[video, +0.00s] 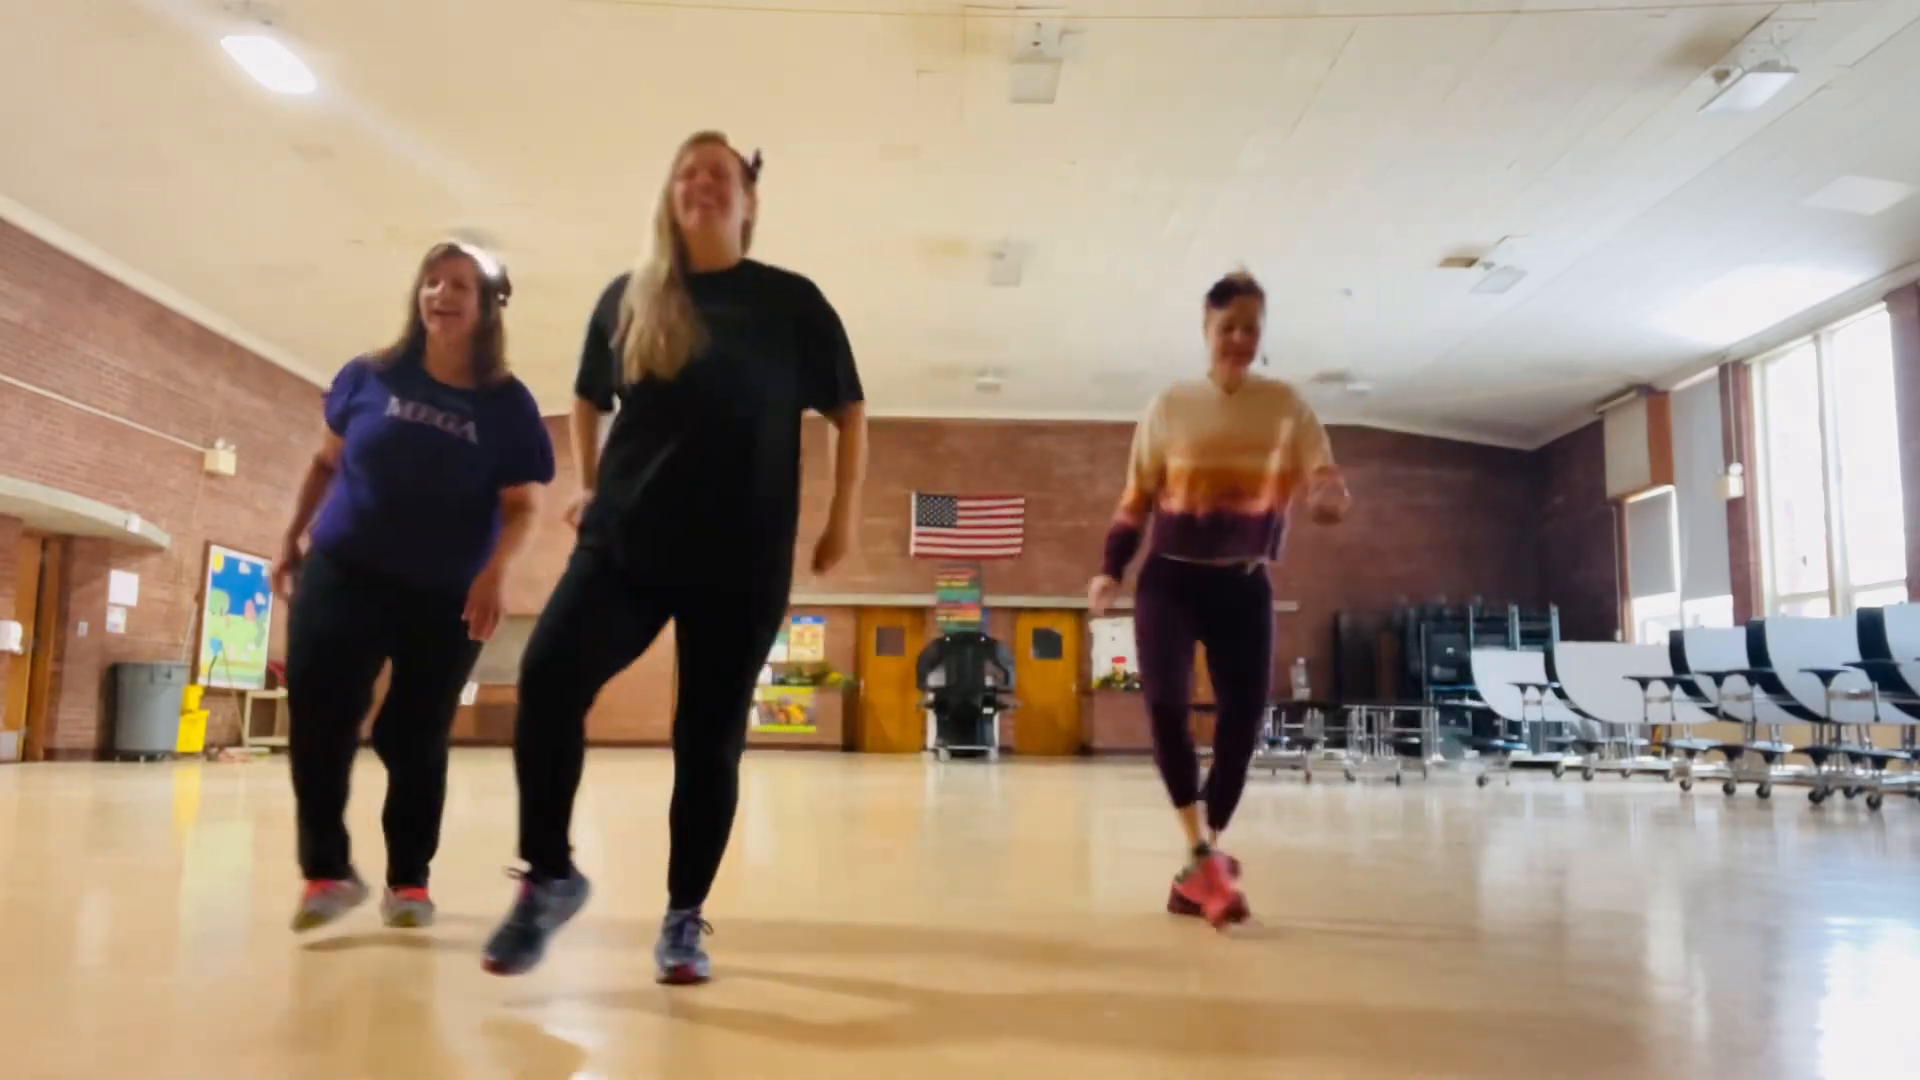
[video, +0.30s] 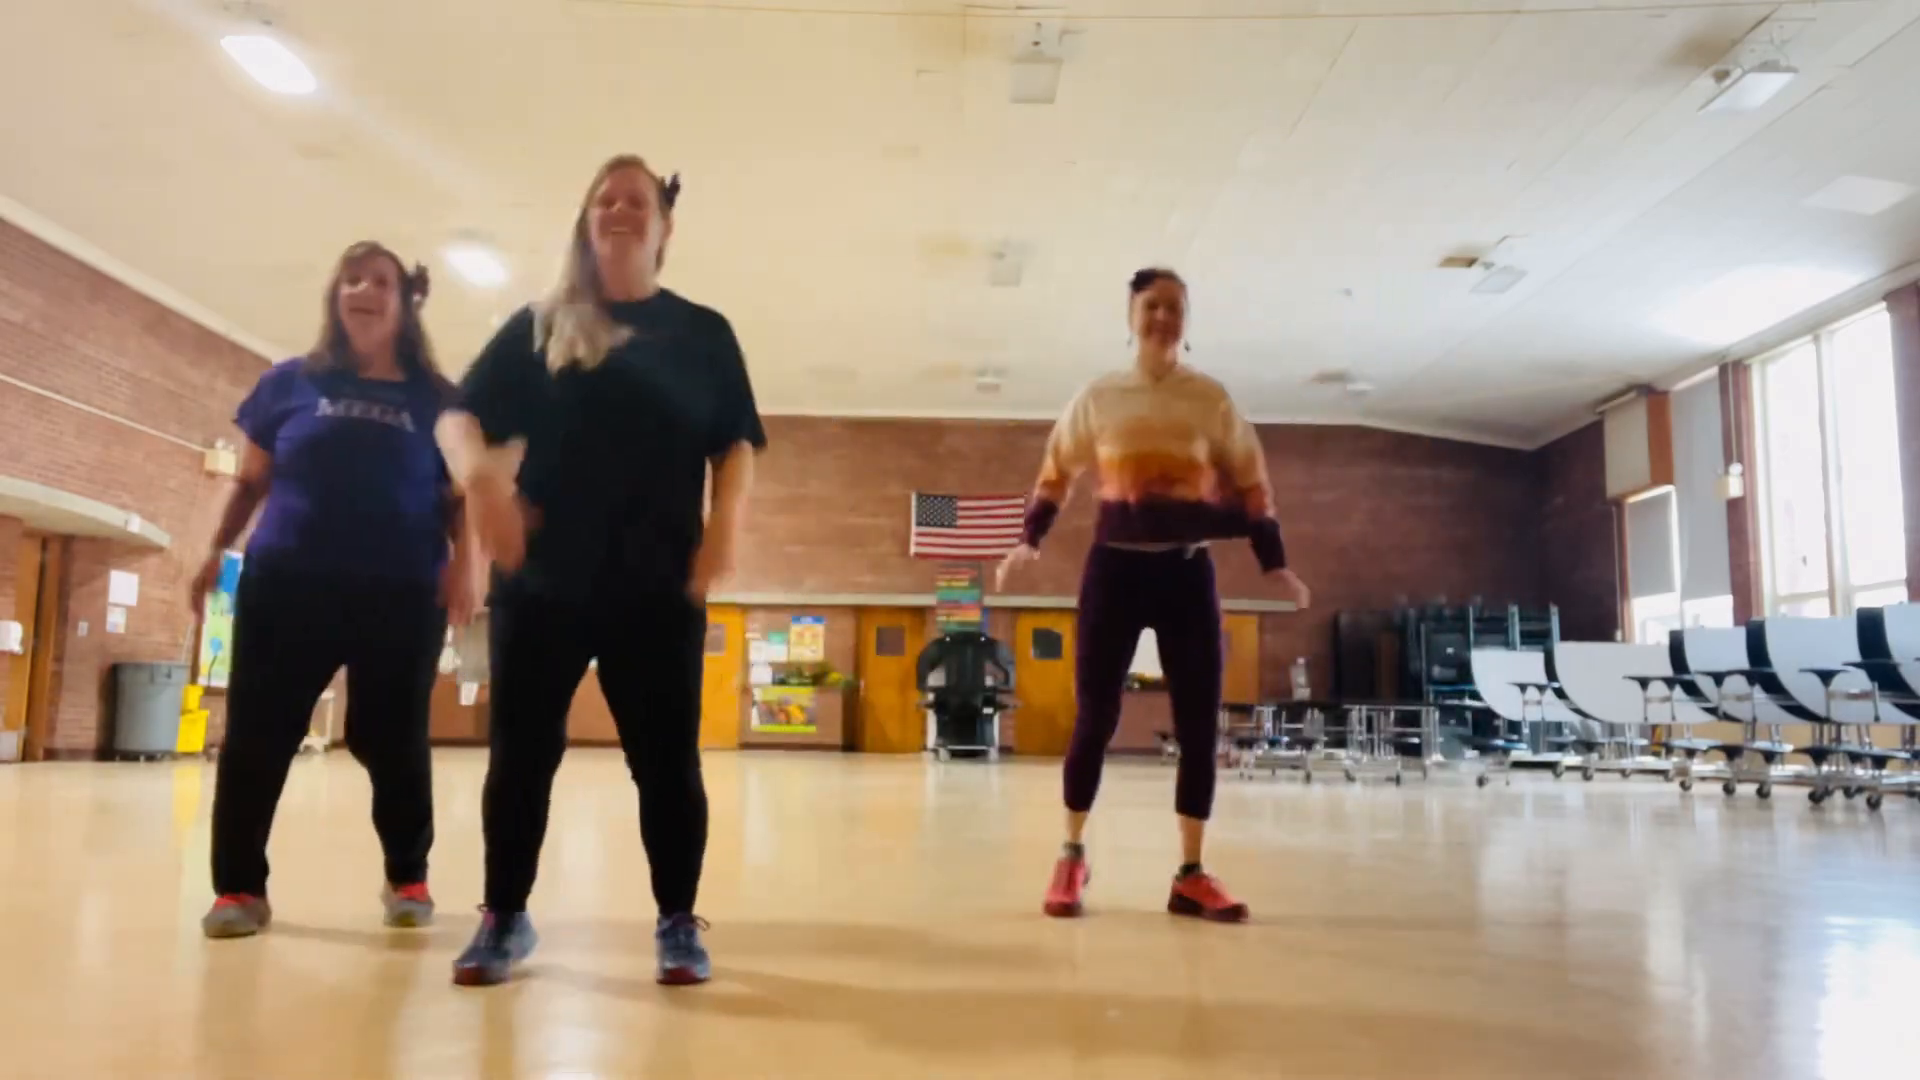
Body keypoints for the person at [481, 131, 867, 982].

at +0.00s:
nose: (703, 183)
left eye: (720, 174)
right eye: (690, 172)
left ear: (751, 199)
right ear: (668, 195)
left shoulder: (796, 303)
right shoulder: (631, 298)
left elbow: (850, 415)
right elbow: (588, 399)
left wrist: (840, 522)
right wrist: (584, 484)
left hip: (742, 556)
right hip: (630, 542)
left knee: (707, 743)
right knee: (546, 684)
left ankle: (686, 916)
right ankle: (548, 875)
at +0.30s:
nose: (620, 208)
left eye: (636, 199)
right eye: (607, 198)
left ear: (664, 224)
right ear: (585, 222)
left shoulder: (703, 334)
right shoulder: (539, 325)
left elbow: (734, 444)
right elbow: (461, 420)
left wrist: (720, 539)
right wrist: (482, 492)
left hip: (656, 584)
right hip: (543, 581)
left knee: (669, 764)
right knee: (519, 759)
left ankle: (678, 921)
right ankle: (504, 917)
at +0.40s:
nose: (606, 184)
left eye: (623, 175)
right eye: (592, 174)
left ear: (652, 201)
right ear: (571, 200)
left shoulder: (688, 308)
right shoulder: (530, 303)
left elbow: (725, 425)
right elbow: (444, 379)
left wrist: (761, 371)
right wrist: (494, 284)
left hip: (649, 559)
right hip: (536, 558)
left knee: (696, 728)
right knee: (516, 742)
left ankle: (676, 887)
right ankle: (500, 914)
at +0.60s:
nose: (611, 141)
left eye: (627, 128)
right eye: (596, 129)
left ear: (659, 147)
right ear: (572, 147)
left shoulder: (689, 243)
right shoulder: (530, 237)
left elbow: (720, 334)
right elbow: (518, 328)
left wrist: (726, 223)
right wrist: (547, 218)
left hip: (656, 508)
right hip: (544, 503)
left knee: (655, 696)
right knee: (537, 695)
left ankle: (607, 826)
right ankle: (515, 890)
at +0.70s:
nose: (611, 180)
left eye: (627, 167)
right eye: (595, 167)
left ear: (657, 183)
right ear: (571, 184)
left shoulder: (690, 278)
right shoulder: (537, 280)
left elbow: (700, 371)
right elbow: (524, 380)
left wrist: (637, 273)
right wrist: (617, 316)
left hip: (653, 549)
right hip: (544, 543)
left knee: (624, 738)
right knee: (542, 732)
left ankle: (580, 911)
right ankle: (522, 922)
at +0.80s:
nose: (613, 193)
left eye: (630, 182)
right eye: (598, 181)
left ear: (657, 199)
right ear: (575, 198)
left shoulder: (698, 292)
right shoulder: (539, 300)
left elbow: (730, 405)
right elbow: (503, 423)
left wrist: (666, 387)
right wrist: (577, 363)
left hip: (661, 565)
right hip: (549, 562)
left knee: (679, 742)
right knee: (554, 742)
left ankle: (597, 878)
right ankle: (524, 929)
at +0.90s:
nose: (638, 170)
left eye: (653, 157)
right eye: (622, 155)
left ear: (678, 169)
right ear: (593, 167)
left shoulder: (721, 256)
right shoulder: (558, 266)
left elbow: (767, 364)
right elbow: (526, 375)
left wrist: (729, 459)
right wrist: (580, 281)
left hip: (694, 510)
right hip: (586, 520)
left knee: (751, 643)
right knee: (568, 725)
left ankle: (661, 765)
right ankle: (531, 921)